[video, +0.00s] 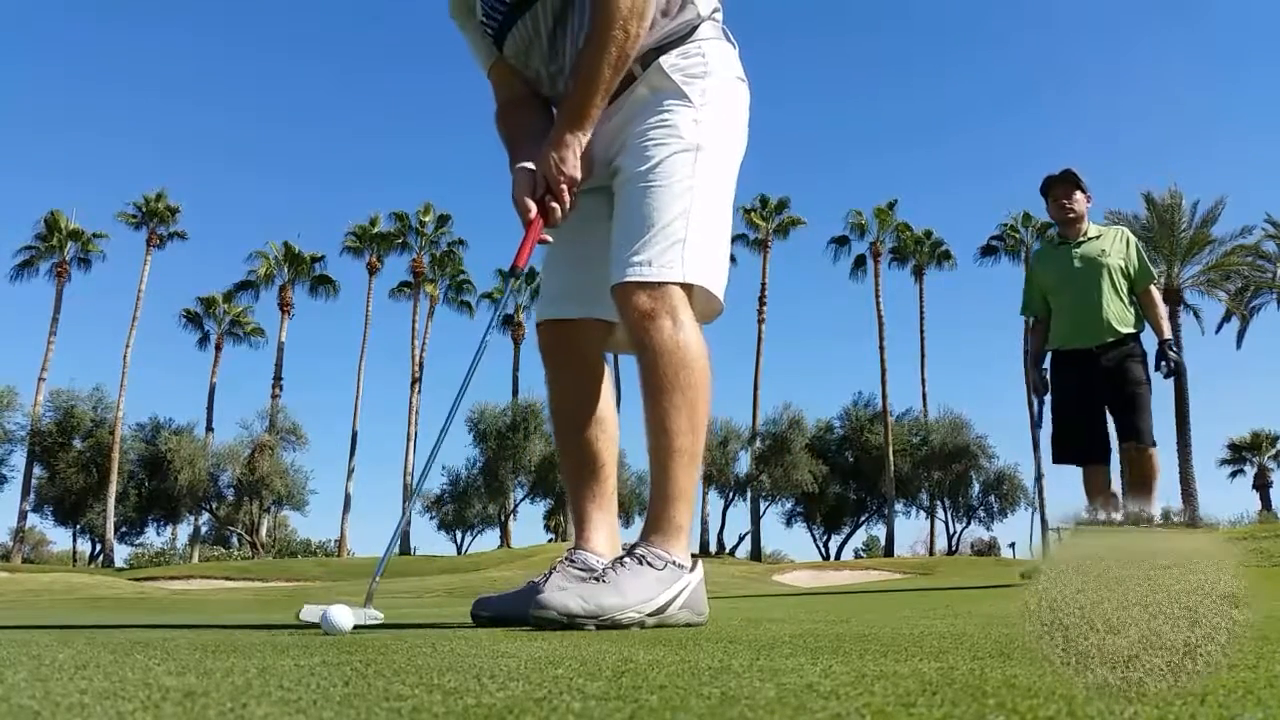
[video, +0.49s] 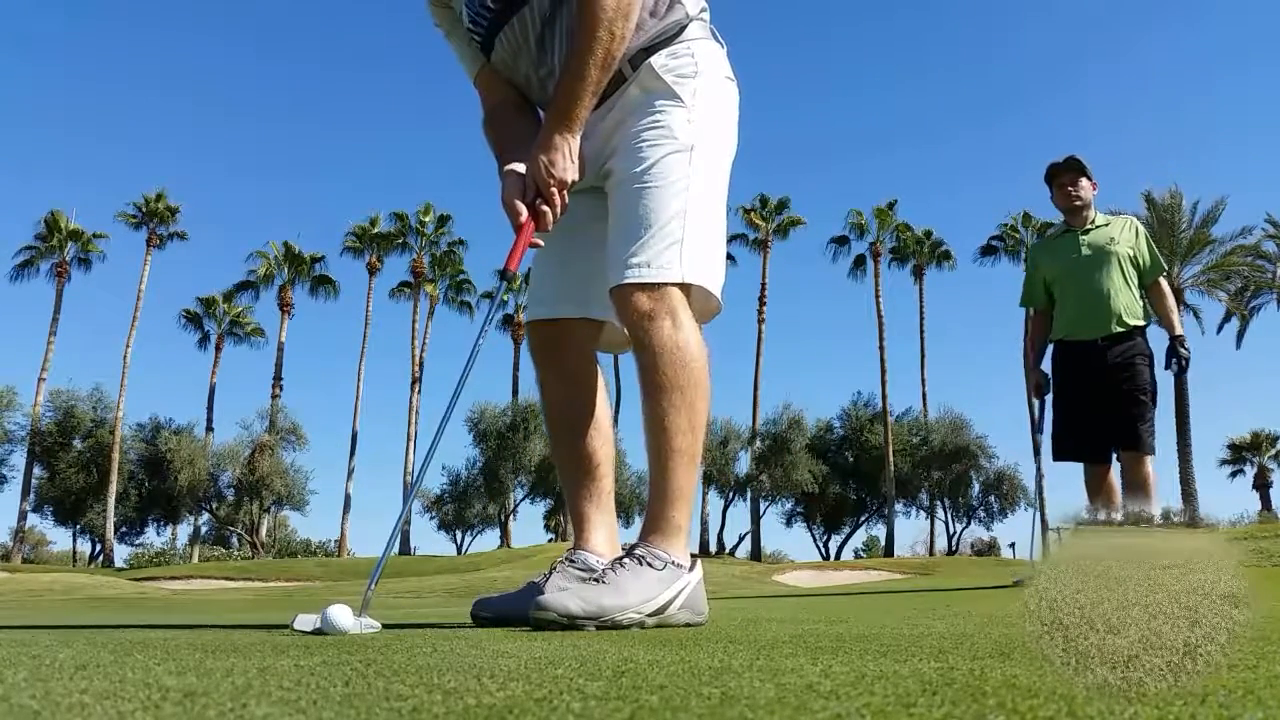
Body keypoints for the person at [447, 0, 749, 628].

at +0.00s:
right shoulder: (467, 6)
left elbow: (629, 7)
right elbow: (512, 89)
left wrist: (570, 127)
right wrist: (526, 157)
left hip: (672, 67)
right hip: (573, 112)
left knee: (651, 293)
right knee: (565, 325)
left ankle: (670, 560)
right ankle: (594, 560)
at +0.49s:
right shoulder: (449, 8)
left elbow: (614, 5)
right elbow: (502, 101)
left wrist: (561, 127)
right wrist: (514, 162)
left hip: (661, 63)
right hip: (567, 116)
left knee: (650, 291)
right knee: (555, 325)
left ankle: (670, 559)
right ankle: (593, 559)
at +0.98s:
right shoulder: (457, 6)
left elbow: (619, 7)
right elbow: (506, 90)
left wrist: (562, 128)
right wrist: (521, 158)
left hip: (667, 57)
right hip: (571, 104)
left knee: (632, 286)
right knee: (554, 322)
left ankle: (656, 561)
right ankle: (593, 558)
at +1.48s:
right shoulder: (457, 5)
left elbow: (619, 5)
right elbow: (506, 87)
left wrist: (564, 122)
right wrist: (518, 157)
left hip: (665, 57)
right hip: (570, 105)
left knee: (635, 288)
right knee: (546, 323)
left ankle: (656, 561)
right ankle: (575, 560)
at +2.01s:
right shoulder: (452, 6)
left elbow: (613, 5)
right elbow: (506, 92)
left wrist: (565, 121)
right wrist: (518, 160)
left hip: (664, 61)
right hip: (567, 107)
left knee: (645, 289)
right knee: (543, 323)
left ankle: (653, 562)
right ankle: (575, 560)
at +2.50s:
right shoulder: (453, 6)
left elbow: (615, 5)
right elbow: (505, 91)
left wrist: (564, 126)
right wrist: (519, 159)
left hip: (665, 62)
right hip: (570, 110)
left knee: (642, 287)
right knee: (546, 323)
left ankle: (654, 562)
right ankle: (575, 561)